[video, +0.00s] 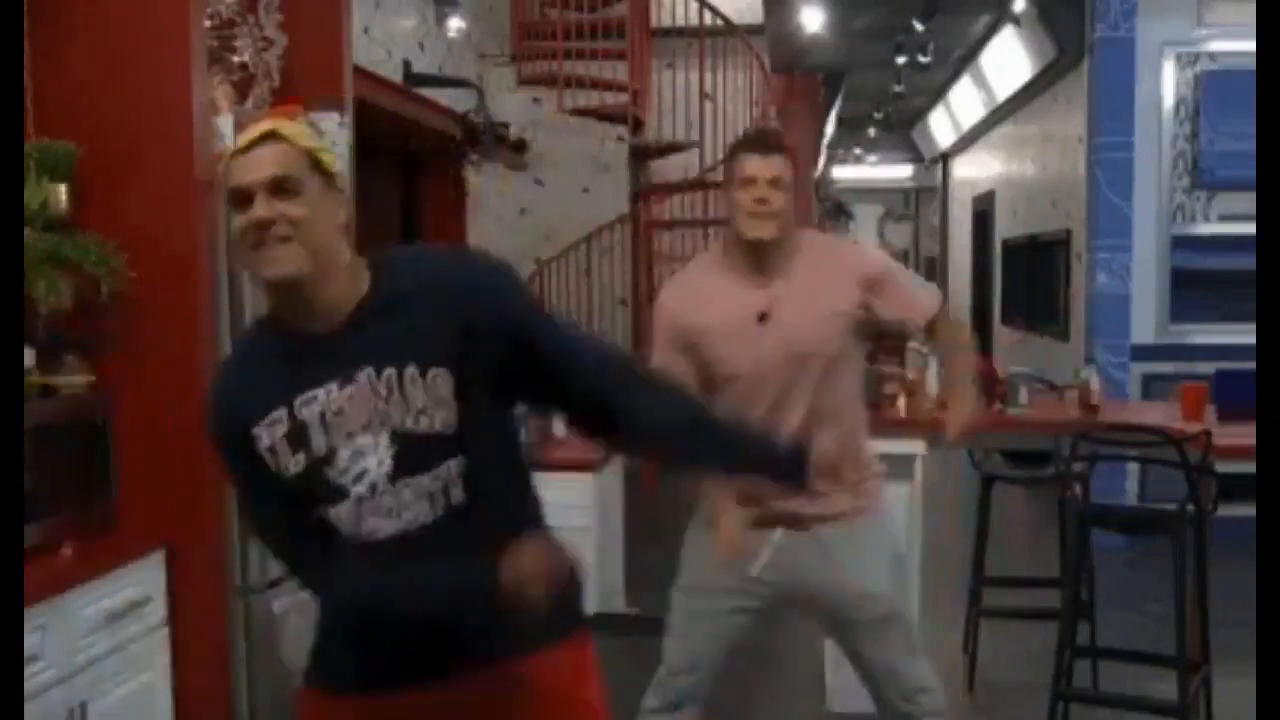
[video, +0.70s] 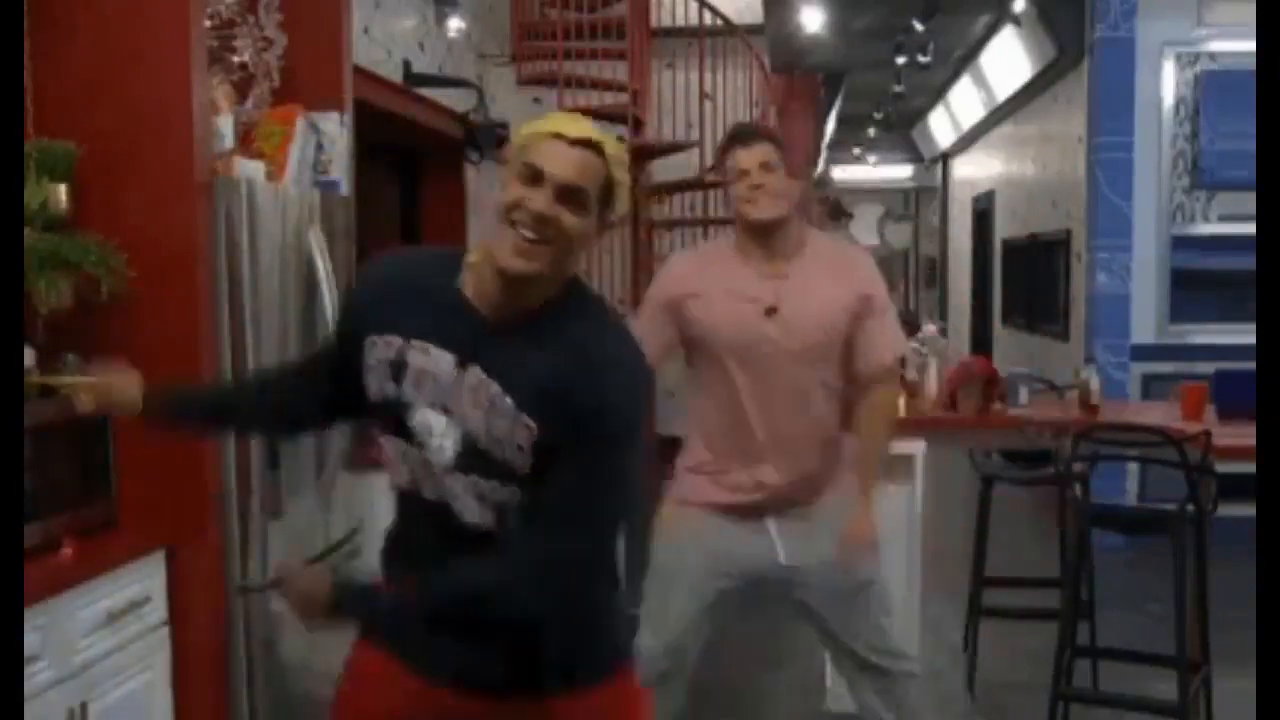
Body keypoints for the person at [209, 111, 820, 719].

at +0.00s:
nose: (261, 214)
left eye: (284, 191)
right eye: (241, 202)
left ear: (340, 205)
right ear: (230, 233)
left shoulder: (453, 289)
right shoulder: (240, 396)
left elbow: (614, 398)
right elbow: (332, 574)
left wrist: (784, 460)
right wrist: (491, 579)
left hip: (524, 655)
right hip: (365, 678)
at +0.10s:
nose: (345, 231)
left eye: (366, 207)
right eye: (324, 219)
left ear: (420, 219)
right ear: (314, 248)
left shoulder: (526, 287)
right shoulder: (320, 417)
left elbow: (688, 308)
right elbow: (387, 582)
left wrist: (847, 319)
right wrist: (456, 463)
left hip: (598, 668)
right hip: (442, 681)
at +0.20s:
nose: (387, 243)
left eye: (410, 219)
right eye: (366, 230)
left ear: (465, 231)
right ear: (351, 261)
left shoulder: (569, 306)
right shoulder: (359, 438)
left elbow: (718, 324)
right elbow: (421, 615)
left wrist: (869, 339)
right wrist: (455, 487)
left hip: (629, 679)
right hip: (475, 695)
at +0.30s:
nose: (425, 239)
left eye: (449, 216)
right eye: (404, 225)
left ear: (503, 230)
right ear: (385, 252)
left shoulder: (597, 317)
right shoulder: (382, 422)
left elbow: (749, 382)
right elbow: (428, 610)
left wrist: (881, 425)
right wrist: (500, 541)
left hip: (643, 675)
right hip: (491, 687)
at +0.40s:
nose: (502, 225)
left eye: (529, 204)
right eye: (481, 206)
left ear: (577, 222)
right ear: (459, 226)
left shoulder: (649, 358)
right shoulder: (410, 371)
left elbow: (760, 539)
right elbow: (433, 559)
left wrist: (907, 669)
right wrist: (529, 690)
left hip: (648, 674)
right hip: (483, 672)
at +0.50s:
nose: (574, 252)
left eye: (608, 241)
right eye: (564, 225)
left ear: (643, 272)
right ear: (541, 235)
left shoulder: (676, 430)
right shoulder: (444, 367)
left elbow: (701, 650)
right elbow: (412, 554)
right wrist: (374, 697)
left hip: (618, 699)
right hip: (478, 683)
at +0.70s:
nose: (540, 208)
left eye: (571, 201)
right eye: (531, 180)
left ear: (598, 231)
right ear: (500, 182)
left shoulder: (606, 370)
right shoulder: (397, 286)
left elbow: (554, 582)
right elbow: (320, 391)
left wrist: (356, 601)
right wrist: (152, 397)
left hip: (565, 681)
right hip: (408, 653)